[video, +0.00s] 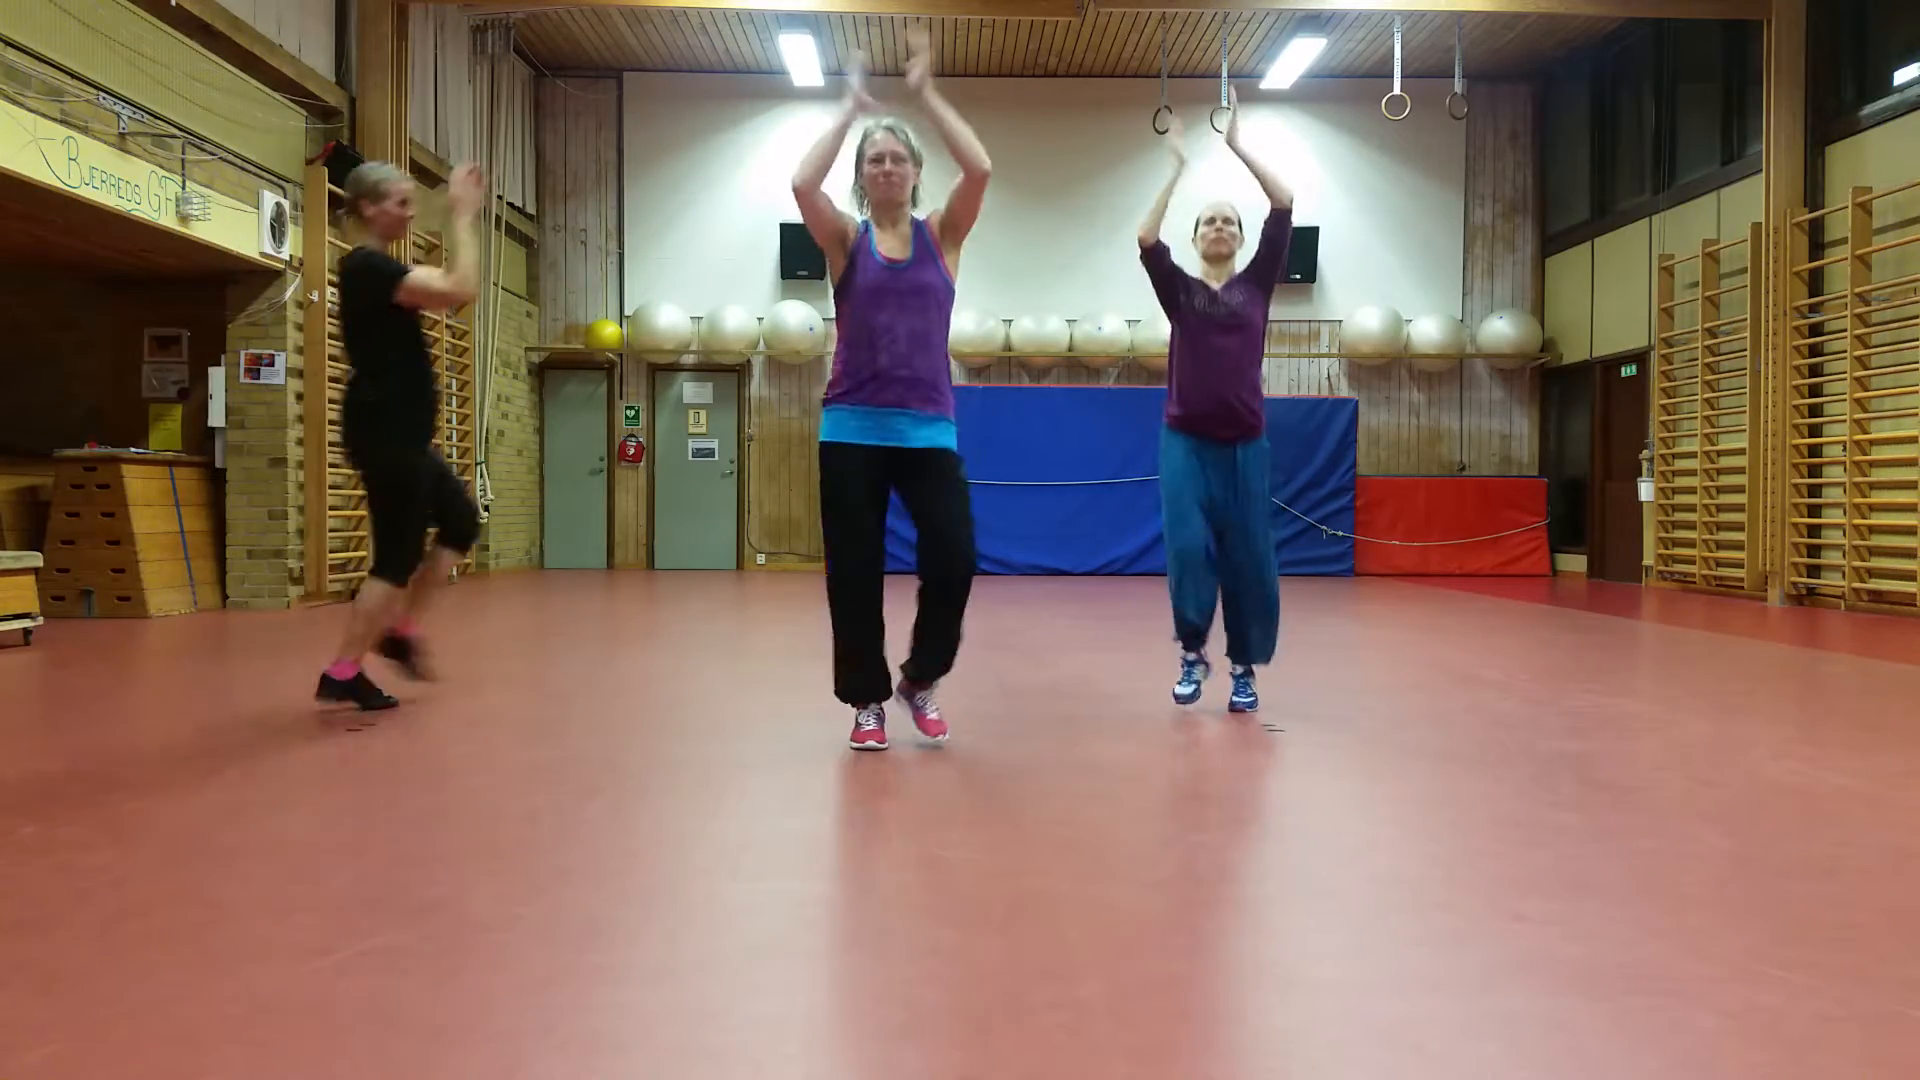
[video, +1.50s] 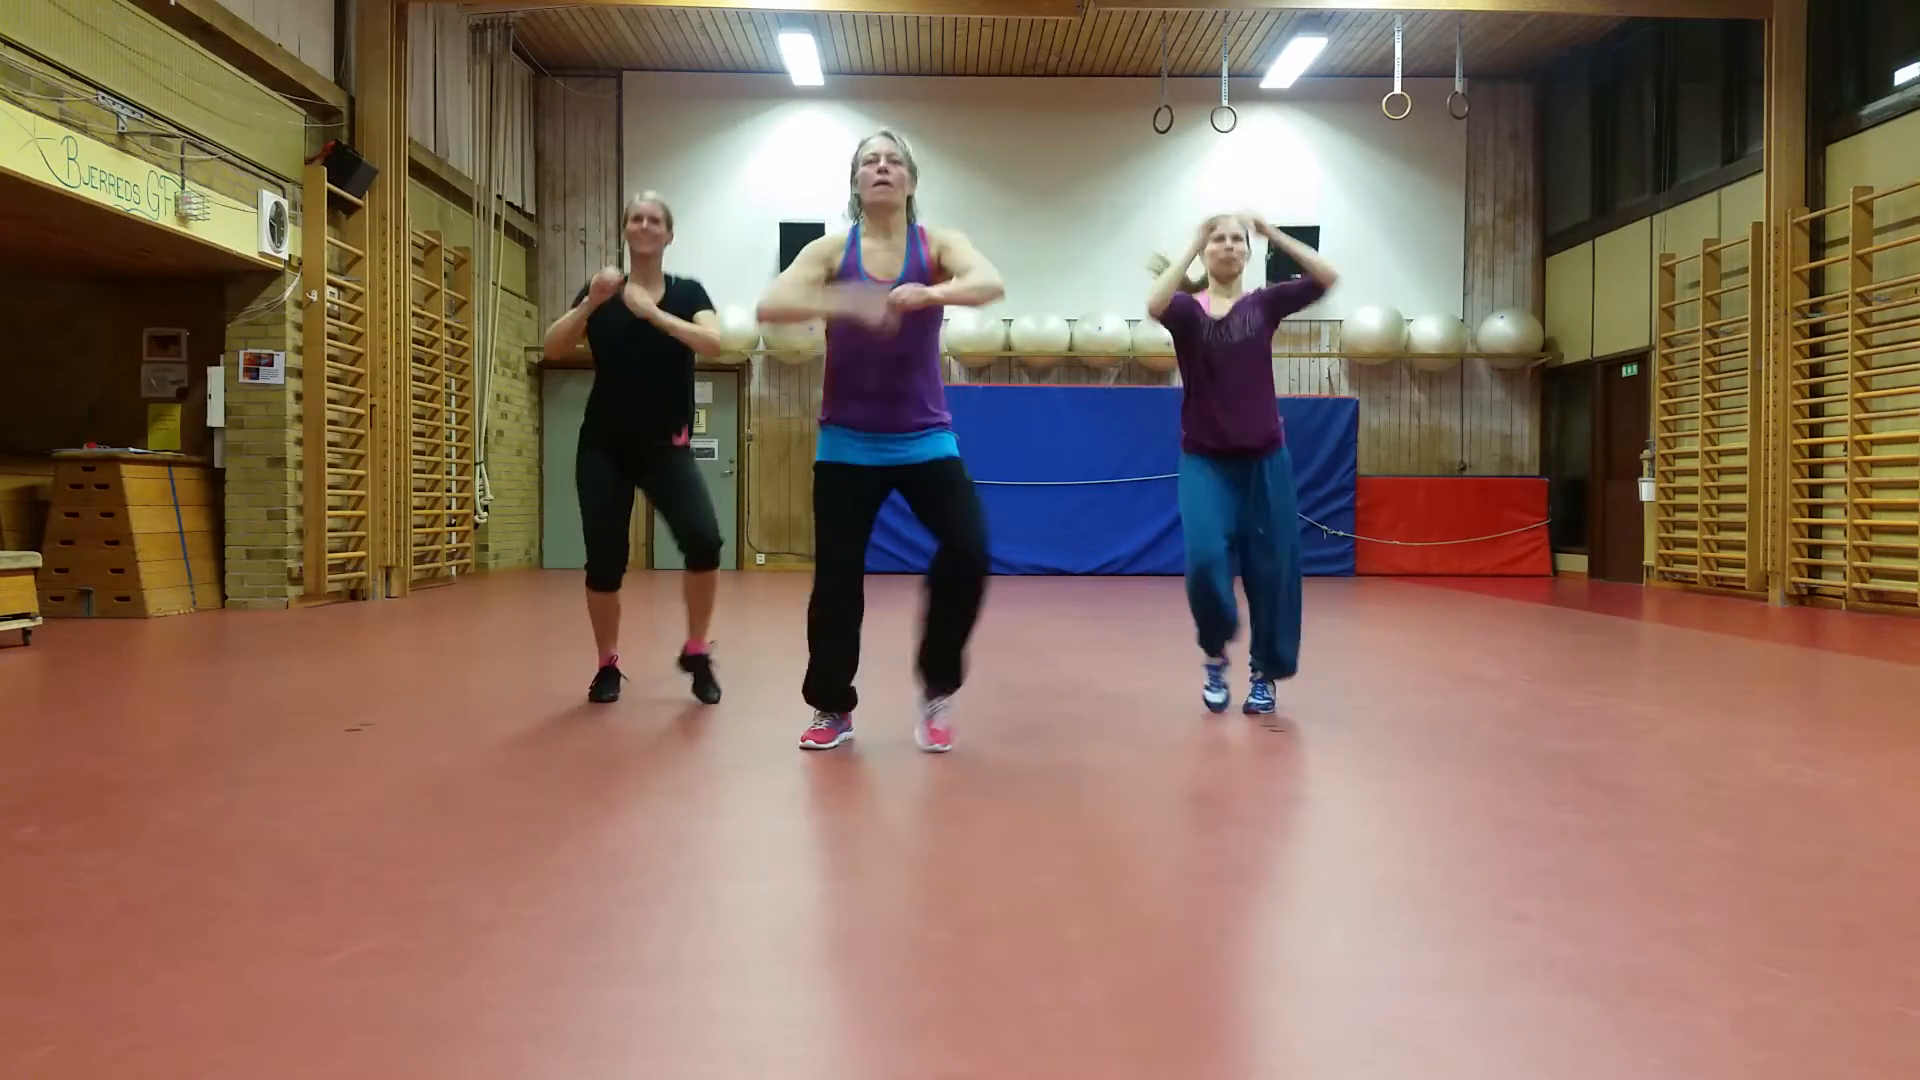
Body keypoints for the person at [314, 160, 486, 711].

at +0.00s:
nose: (410, 211)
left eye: (410, 202)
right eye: (400, 202)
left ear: (385, 210)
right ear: (368, 209)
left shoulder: (380, 263)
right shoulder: (366, 265)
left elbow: (455, 291)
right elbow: (459, 287)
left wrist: (462, 214)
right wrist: (464, 215)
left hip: (400, 432)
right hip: (382, 435)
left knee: (461, 523)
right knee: (398, 561)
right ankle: (342, 671)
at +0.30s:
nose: (475, 237)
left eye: (482, 229)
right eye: (464, 231)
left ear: (493, 240)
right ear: (449, 246)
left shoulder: (499, 295)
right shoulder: (449, 294)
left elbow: (567, 299)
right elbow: (515, 308)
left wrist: (548, 237)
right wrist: (532, 238)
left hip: (501, 450)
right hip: (462, 451)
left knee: (501, 564)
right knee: (530, 553)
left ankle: (468, 661)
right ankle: (450, 642)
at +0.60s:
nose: (544, 226)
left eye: (551, 218)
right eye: (534, 218)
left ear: (563, 228)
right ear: (519, 231)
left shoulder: (585, 287)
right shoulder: (511, 286)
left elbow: (619, 274)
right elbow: (528, 298)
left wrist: (576, 219)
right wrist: (552, 238)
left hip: (576, 434)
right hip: (530, 434)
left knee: (600, 553)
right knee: (564, 541)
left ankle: (535, 645)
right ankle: (553, 666)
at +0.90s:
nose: (604, 214)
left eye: (614, 207)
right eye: (595, 206)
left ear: (627, 219)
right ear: (581, 217)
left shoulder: (645, 273)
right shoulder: (567, 277)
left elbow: (687, 262)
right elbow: (574, 278)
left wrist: (673, 191)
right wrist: (574, 203)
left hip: (656, 422)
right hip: (597, 429)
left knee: (686, 535)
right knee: (612, 543)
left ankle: (711, 646)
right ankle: (598, 653)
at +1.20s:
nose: (641, 214)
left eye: (650, 207)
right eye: (633, 208)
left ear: (665, 219)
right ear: (623, 220)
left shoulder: (684, 275)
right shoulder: (607, 275)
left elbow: (698, 278)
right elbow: (575, 288)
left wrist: (669, 204)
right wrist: (587, 217)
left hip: (678, 428)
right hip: (616, 429)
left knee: (699, 546)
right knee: (606, 546)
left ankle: (723, 652)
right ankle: (629, 648)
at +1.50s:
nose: (644, 227)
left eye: (654, 221)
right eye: (636, 220)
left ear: (669, 234)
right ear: (623, 231)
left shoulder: (685, 292)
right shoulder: (599, 296)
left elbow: (715, 343)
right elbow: (553, 348)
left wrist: (653, 312)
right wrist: (591, 302)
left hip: (666, 445)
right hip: (604, 446)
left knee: (705, 540)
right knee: (604, 562)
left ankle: (696, 650)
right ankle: (607, 665)